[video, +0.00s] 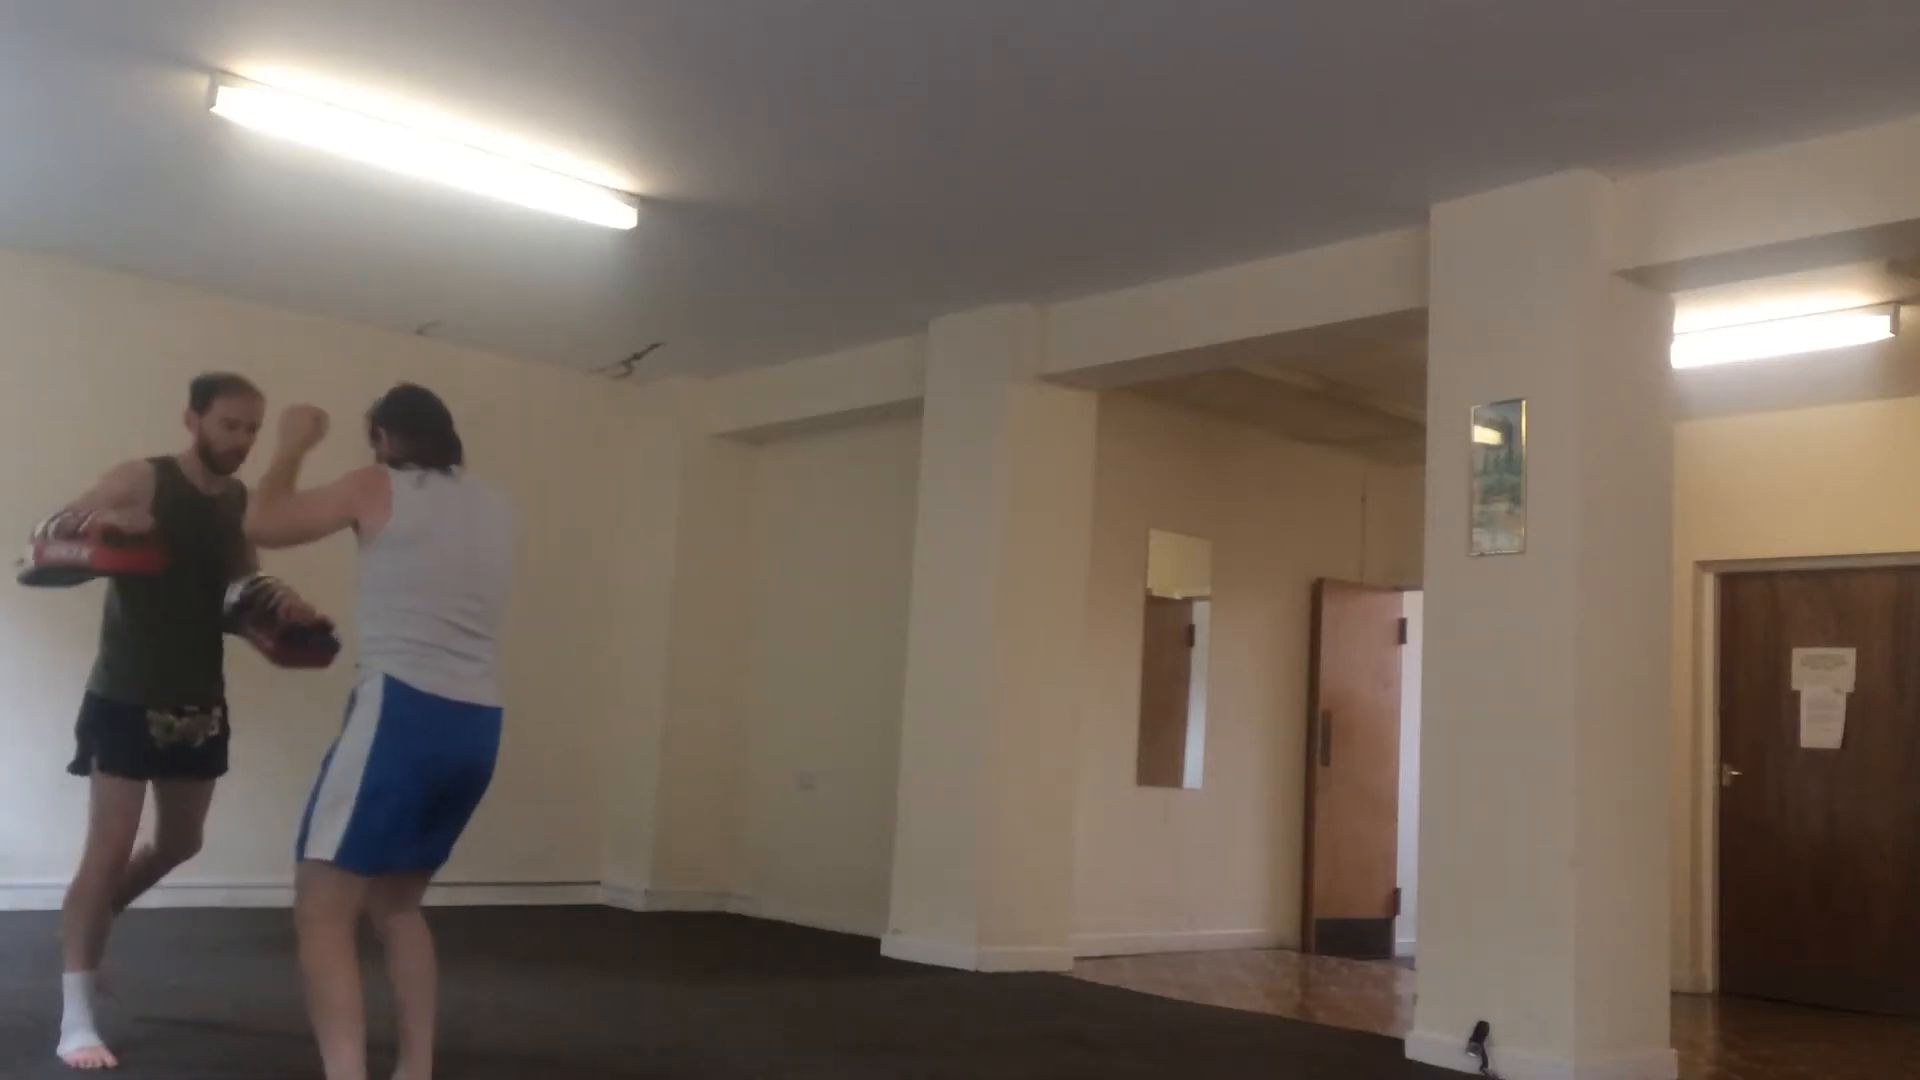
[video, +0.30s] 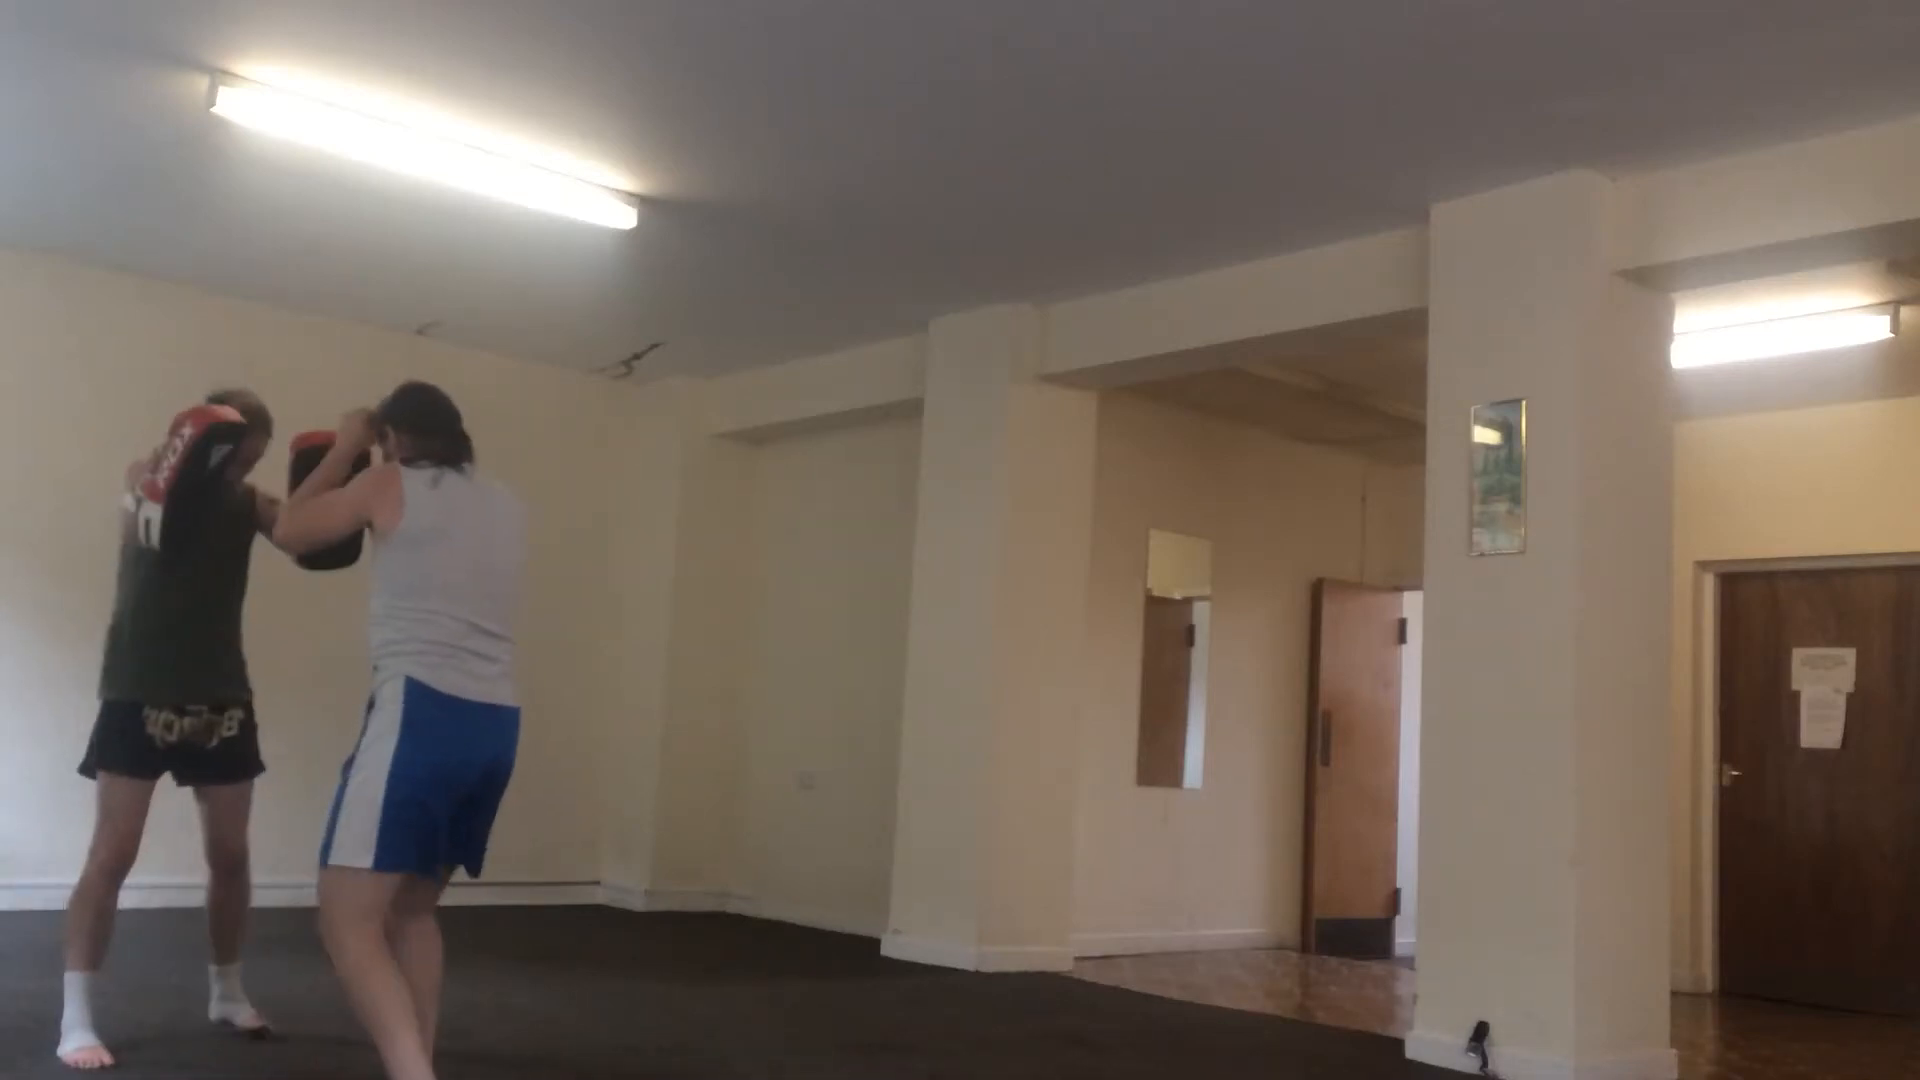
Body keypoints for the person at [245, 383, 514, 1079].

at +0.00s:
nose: (371, 452)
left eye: (373, 441)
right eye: (372, 442)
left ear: (386, 439)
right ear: (448, 437)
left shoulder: (380, 487)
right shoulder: (495, 507)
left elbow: (263, 523)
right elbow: (449, 610)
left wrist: (290, 447)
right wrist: (334, 632)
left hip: (395, 719)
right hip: (473, 730)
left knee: (322, 907)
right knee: (398, 903)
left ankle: (345, 1070)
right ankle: (416, 1068)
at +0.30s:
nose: (374, 441)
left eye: (377, 430)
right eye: (377, 430)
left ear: (394, 437)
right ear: (455, 439)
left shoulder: (390, 485)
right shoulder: (504, 504)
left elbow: (291, 528)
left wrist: (344, 453)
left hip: (416, 717)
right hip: (492, 727)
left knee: (348, 921)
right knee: (415, 909)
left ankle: (412, 1068)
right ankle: (419, 1067)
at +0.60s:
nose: (381, 436)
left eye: (384, 427)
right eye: (385, 427)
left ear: (398, 431)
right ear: (461, 434)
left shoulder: (384, 477)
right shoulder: (510, 500)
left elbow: (289, 533)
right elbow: (454, 589)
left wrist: (342, 459)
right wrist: (354, 588)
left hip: (418, 715)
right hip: (501, 725)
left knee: (373, 922)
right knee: (422, 907)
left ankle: (416, 1071)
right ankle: (403, 1063)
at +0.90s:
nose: (381, 436)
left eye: (385, 429)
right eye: (384, 428)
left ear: (398, 436)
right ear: (461, 438)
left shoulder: (380, 481)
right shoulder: (511, 502)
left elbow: (291, 535)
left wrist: (345, 459)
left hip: (410, 715)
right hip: (494, 724)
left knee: (381, 921)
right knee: (422, 908)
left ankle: (420, 1070)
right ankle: (405, 1064)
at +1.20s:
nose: (372, 441)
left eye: (375, 434)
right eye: (376, 434)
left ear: (386, 437)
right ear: (454, 438)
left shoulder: (373, 483)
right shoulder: (508, 505)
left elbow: (272, 534)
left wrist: (333, 464)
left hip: (412, 714)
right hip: (495, 724)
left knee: (380, 927)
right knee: (422, 913)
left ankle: (417, 1071)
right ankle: (404, 1062)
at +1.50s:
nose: (363, 437)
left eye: (368, 430)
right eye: (368, 430)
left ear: (376, 437)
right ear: (446, 441)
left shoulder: (357, 479)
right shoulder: (487, 505)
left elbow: (250, 522)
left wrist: (312, 457)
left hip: (396, 715)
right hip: (481, 724)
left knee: (366, 931)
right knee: (398, 911)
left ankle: (416, 1072)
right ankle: (389, 1063)